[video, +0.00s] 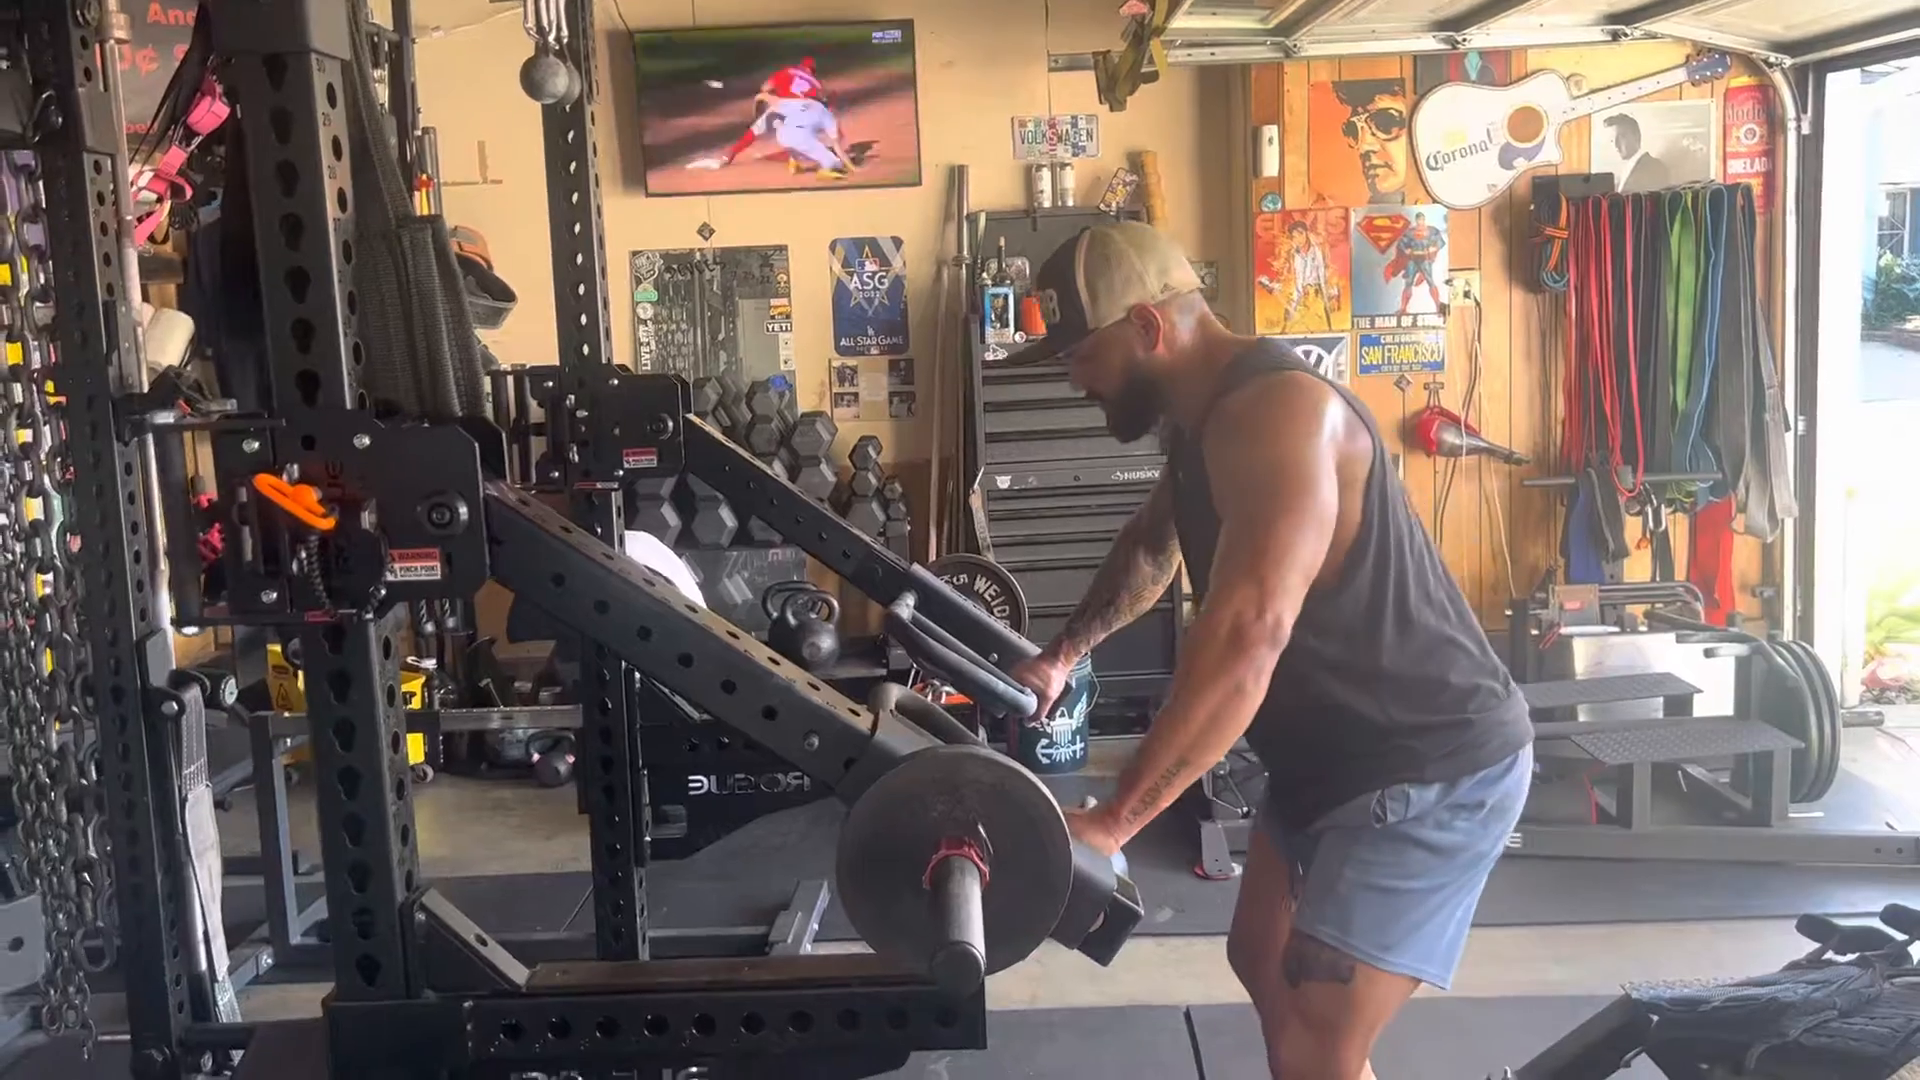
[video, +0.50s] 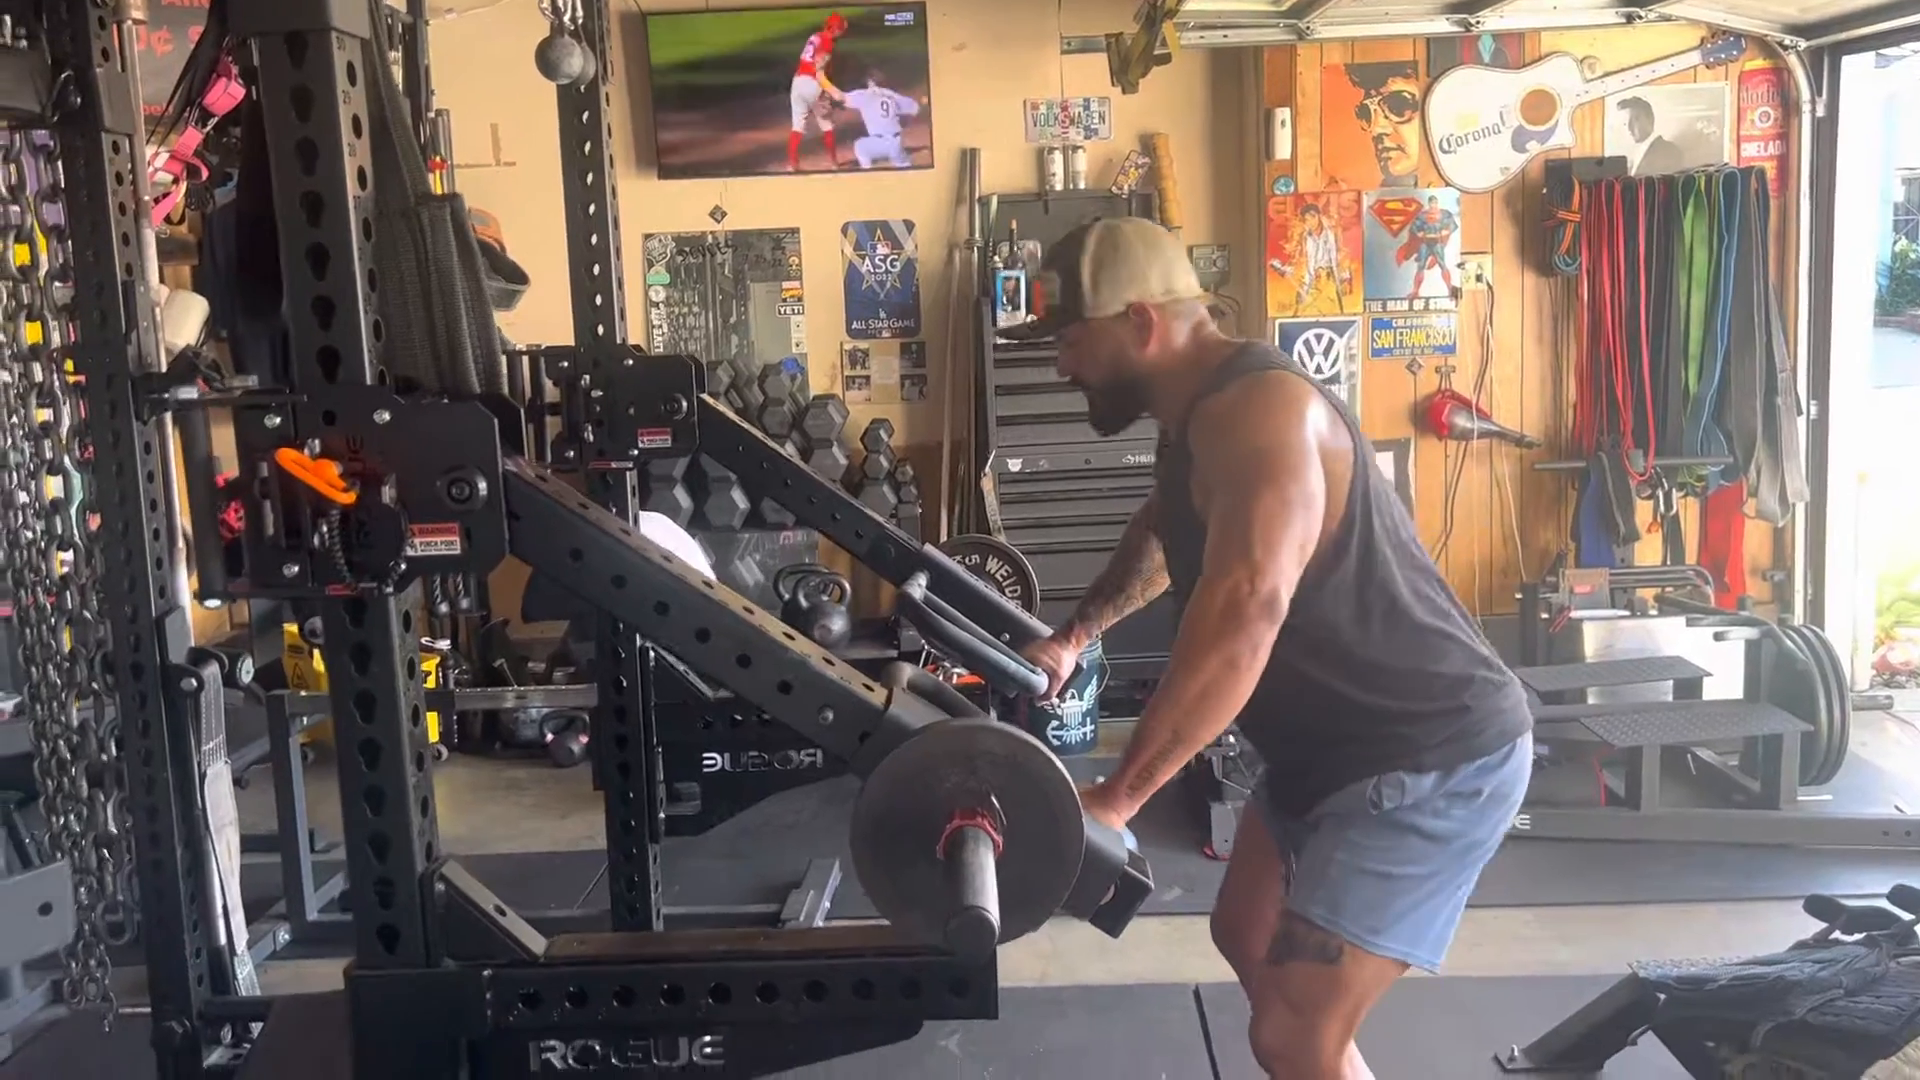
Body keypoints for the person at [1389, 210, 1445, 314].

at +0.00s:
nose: (1420, 222)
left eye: (1422, 220)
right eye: (1419, 220)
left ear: (1425, 220)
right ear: (1416, 221)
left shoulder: (1432, 231)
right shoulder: (1410, 232)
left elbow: (1441, 242)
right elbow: (1400, 243)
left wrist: (1433, 249)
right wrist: (1406, 251)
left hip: (1425, 257)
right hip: (1413, 257)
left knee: (1430, 281)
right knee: (1408, 282)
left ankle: (1438, 306)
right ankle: (1403, 308)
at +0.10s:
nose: (1422, 221)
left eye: (1423, 218)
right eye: (1420, 218)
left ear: (1426, 219)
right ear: (1417, 219)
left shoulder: (1434, 230)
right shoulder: (1411, 230)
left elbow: (1442, 240)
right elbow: (1402, 242)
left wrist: (1435, 247)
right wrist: (1408, 249)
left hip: (1427, 256)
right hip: (1414, 256)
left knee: (1431, 280)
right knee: (1409, 281)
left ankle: (1439, 304)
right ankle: (1404, 306)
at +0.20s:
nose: (1424, 218)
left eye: (1425, 216)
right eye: (1422, 216)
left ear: (1428, 216)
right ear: (1419, 217)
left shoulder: (1435, 227)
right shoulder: (1413, 228)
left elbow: (1444, 238)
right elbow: (1403, 240)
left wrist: (1437, 244)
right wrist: (1409, 247)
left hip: (1428, 253)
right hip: (1416, 253)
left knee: (1433, 277)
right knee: (1411, 278)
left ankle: (1441, 302)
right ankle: (1406, 304)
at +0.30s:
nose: (1427, 216)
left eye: (1428, 213)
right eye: (1425, 214)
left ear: (1431, 214)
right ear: (1422, 214)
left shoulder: (1438, 224)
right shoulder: (1415, 225)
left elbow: (1446, 235)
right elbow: (1406, 237)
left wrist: (1440, 241)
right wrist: (1412, 244)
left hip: (1431, 250)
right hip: (1418, 250)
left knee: (1436, 275)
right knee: (1414, 276)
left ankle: (1443, 299)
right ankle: (1408, 301)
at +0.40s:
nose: (1430, 211)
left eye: (1431, 208)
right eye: (1428, 209)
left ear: (1434, 209)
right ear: (1424, 210)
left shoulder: (1441, 220)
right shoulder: (1418, 221)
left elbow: (1449, 231)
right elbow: (1409, 233)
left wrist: (1443, 237)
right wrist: (1415, 239)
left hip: (1434, 246)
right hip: (1421, 246)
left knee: (1439, 270)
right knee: (1417, 272)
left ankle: (1446, 295)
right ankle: (1411, 297)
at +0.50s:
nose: (1433, 205)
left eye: (1435, 203)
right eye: (1431, 203)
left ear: (1438, 204)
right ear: (1428, 204)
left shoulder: (1445, 214)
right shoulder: (1422, 215)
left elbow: (1453, 225)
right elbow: (1413, 227)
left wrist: (1447, 231)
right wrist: (1419, 233)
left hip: (1438, 240)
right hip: (1425, 240)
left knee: (1442, 264)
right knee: (1420, 266)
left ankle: (1450, 289)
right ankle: (1415, 291)